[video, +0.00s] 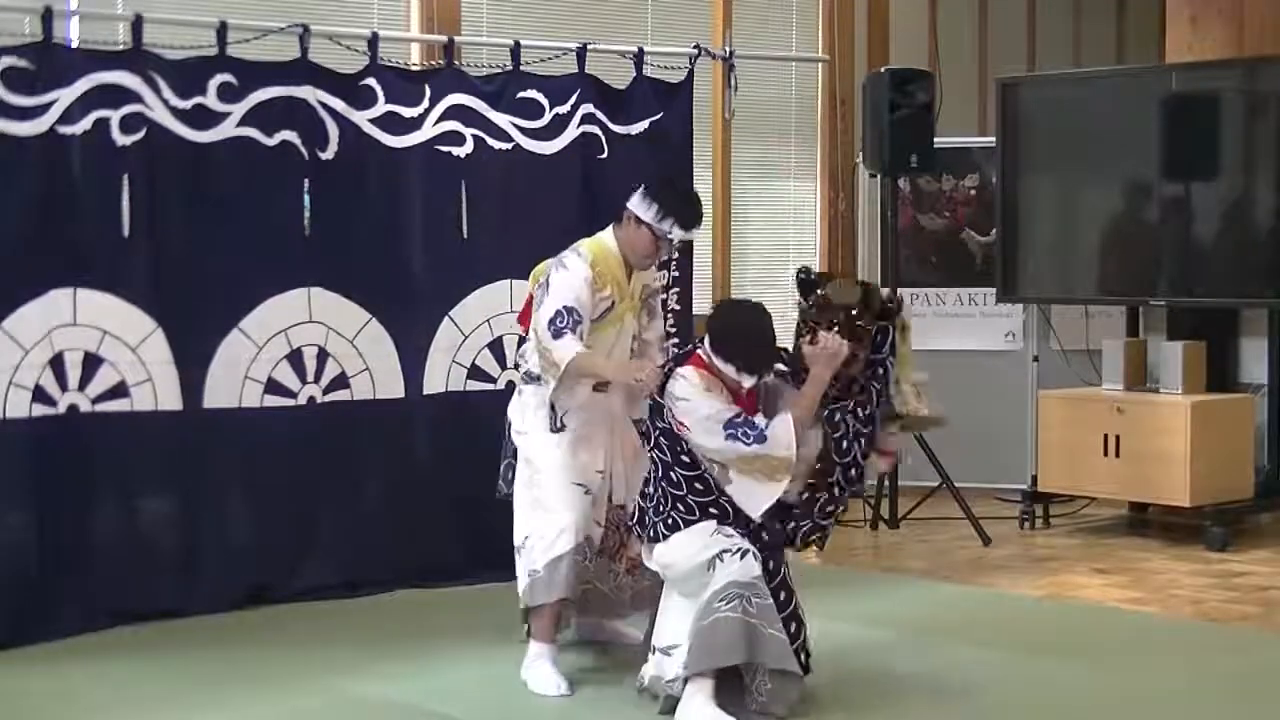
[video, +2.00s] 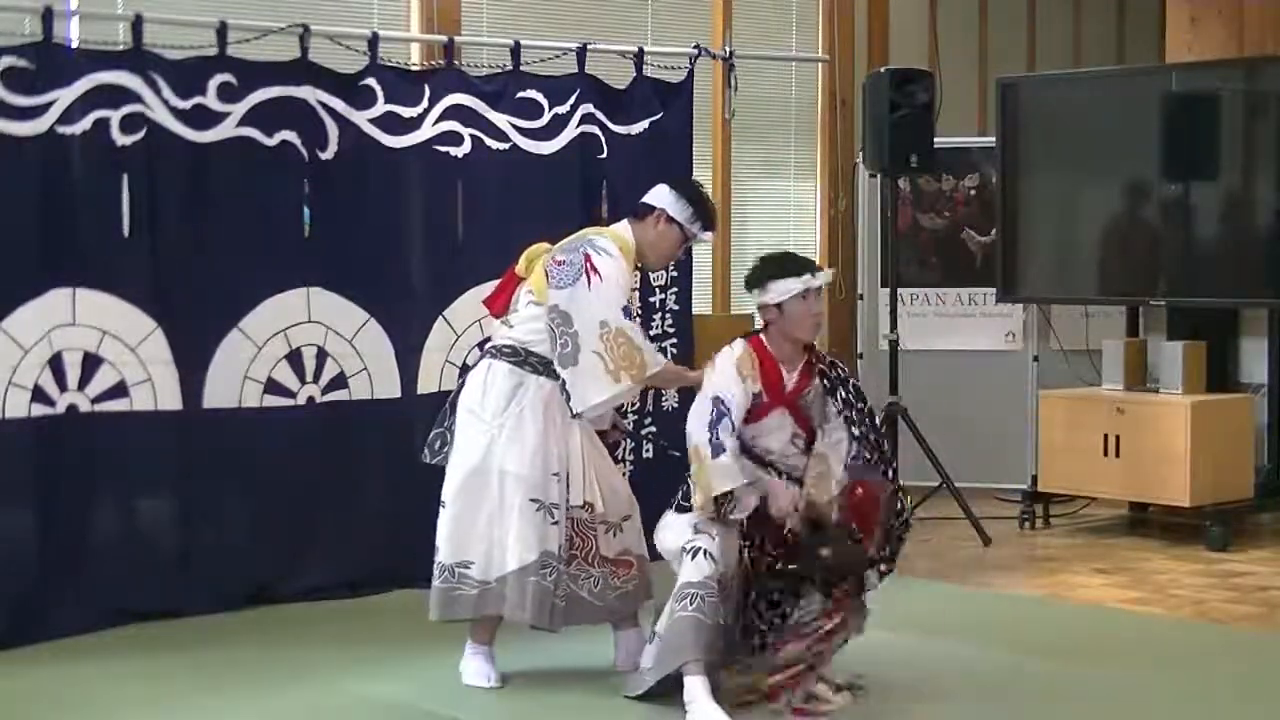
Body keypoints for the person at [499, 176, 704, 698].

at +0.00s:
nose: (666, 252)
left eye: (671, 243)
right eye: (661, 239)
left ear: (655, 234)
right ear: (632, 222)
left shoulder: (649, 277)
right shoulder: (577, 270)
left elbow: (651, 348)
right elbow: (560, 350)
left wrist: (651, 376)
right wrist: (624, 369)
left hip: (613, 412)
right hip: (556, 415)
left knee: (617, 513)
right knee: (561, 524)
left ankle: (596, 614)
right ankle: (540, 652)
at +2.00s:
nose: (682, 254)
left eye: (688, 246)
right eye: (684, 241)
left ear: (659, 222)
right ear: (658, 220)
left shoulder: (608, 258)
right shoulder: (600, 258)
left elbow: (581, 352)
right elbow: (622, 355)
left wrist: (598, 411)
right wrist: (695, 379)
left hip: (546, 396)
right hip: (512, 391)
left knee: (615, 509)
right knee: (506, 515)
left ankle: (631, 647)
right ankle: (478, 650)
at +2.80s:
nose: (651, 285)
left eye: (656, 277)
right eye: (652, 273)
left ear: (621, 252)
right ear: (631, 253)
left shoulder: (566, 276)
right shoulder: (592, 283)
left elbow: (546, 377)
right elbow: (651, 363)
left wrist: (586, 436)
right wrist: (703, 400)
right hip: (499, 403)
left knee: (604, 510)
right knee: (488, 525)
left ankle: (628, 642)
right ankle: (479, 650)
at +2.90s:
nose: (646, 290)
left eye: (651, 283)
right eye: (648, 277)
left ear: (621, 255)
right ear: (629, 256)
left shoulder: (559, 273)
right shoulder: (593, 283)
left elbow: (547, 380)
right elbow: (643, 341)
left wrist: (579, 433)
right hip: (501, 406)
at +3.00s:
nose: (644, 290)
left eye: (649, 282)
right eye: (646, 276)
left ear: (619, 255)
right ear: (627, 255)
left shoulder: (559, 274)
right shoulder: (594, 280)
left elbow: (543, 384)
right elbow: (656, 349)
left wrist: (581, 443)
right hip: (492, 403)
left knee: (593, 512)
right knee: (487, 526)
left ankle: (627, 643)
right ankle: (478, 653)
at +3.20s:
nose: (640, 280)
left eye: (646, 271)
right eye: (643, 266)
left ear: (613, 243)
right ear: (622, 245)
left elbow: (542, 370)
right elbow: (634, 353)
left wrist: (577, 432)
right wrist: (654, 408)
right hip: (498, 399)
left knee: (594, 510)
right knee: (488, 522)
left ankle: (627, 642)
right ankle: (478, 652)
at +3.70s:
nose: (666, 248)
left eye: (672, 239)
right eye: (664, 233)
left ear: (636, 219)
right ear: (633, 214)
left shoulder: (603, 261)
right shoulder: (588, 256)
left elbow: (577, 353)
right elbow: (606, 349)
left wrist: (595, 411)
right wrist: (697, 352)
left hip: (551, 399)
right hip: (506, 389)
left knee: (616, 508)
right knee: (498, 516)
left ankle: (630, 645)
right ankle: (478, 650)